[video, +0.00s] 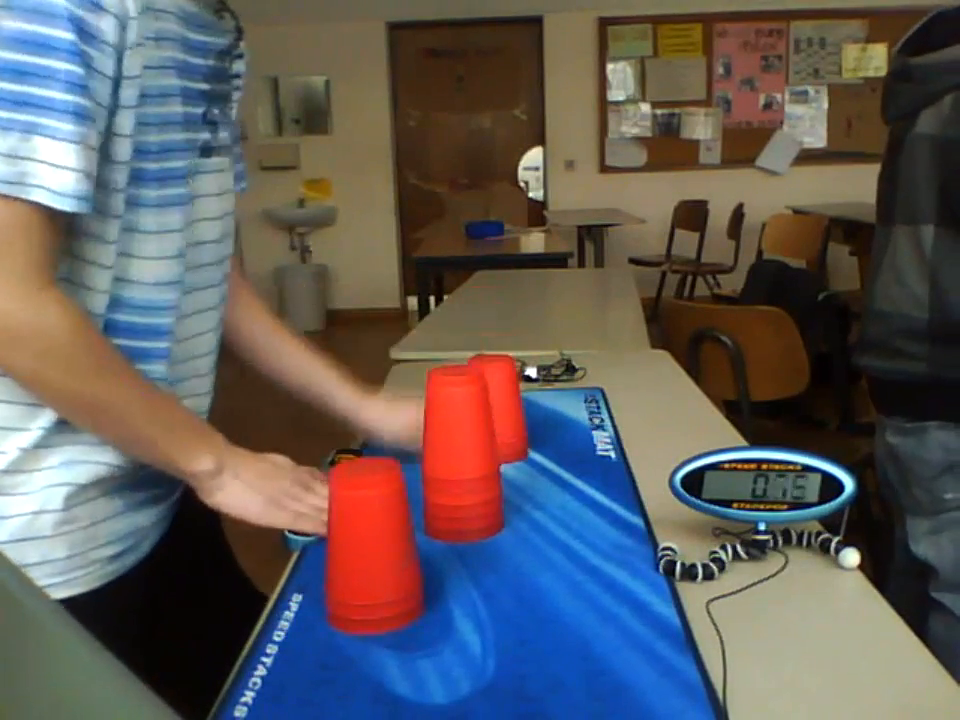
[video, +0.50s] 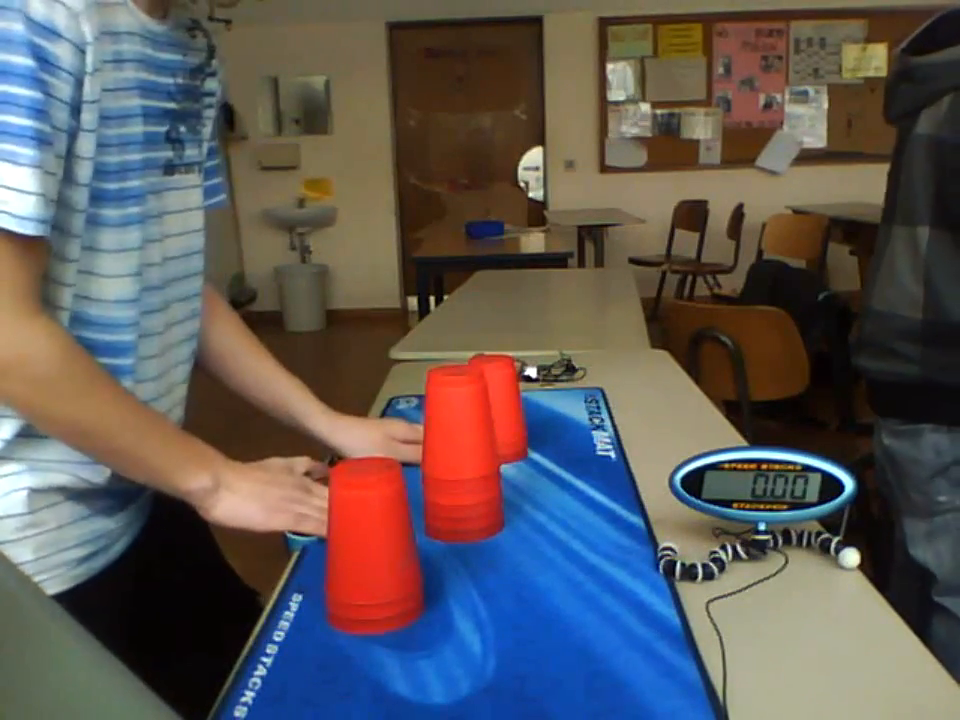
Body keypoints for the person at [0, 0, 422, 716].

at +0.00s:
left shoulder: (215, 30)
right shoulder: (59, 14)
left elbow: (214, 277)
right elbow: (13, 298)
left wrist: (366, 409)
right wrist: (215, 462)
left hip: (169, 516)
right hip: (53, 561)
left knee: (286, 695)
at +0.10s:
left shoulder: (203, 35)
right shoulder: (50, 16)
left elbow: (197, 291)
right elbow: (10, 315)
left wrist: (332, 424)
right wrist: (213, 471)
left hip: (167, 515)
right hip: (53, 559)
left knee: (281, 693)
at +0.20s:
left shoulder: (196, 43)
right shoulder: (45, 21)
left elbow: (193, 296)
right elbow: (6, 329)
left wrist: (332, 425)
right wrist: (208, 477)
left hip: (160, 515)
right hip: (53, 561)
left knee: (282, 691)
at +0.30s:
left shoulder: (194, 46)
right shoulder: (37, 24)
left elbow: (183, 288)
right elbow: (5, 331)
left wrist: (329, 423)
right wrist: (209, 478)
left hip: (156, 510)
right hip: (47, 551)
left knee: (283, 684)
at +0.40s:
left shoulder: (193, 46)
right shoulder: (37, 23)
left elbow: (181, 286)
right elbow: (6, 329)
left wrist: (329, 423)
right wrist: (211, 477)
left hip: (154, 513)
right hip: (46, 555)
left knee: (279, 687)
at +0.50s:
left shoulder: (192, 48)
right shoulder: (37, 23)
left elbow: (182, 287)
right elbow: (7, 327)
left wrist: (329, 423)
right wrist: (212, 479)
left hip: (151, 513)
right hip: (43, 557)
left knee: (278, 685)